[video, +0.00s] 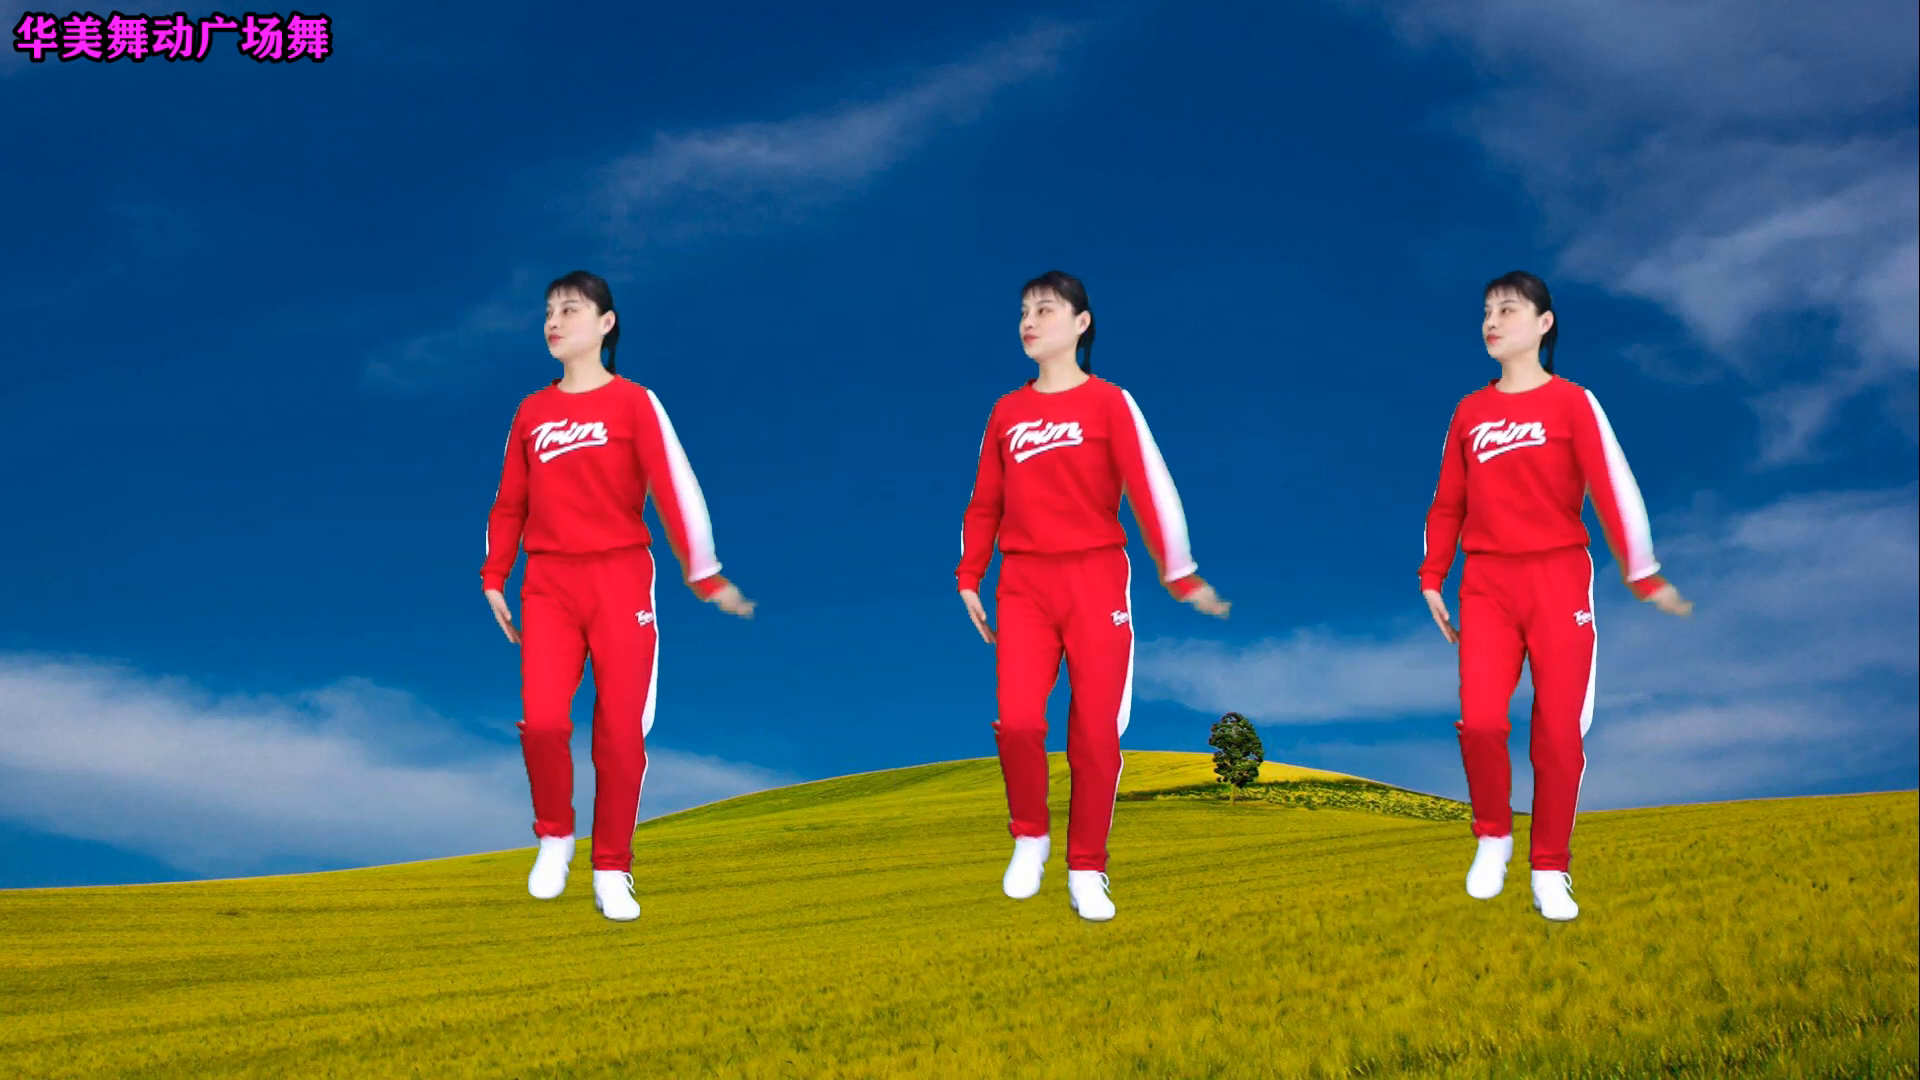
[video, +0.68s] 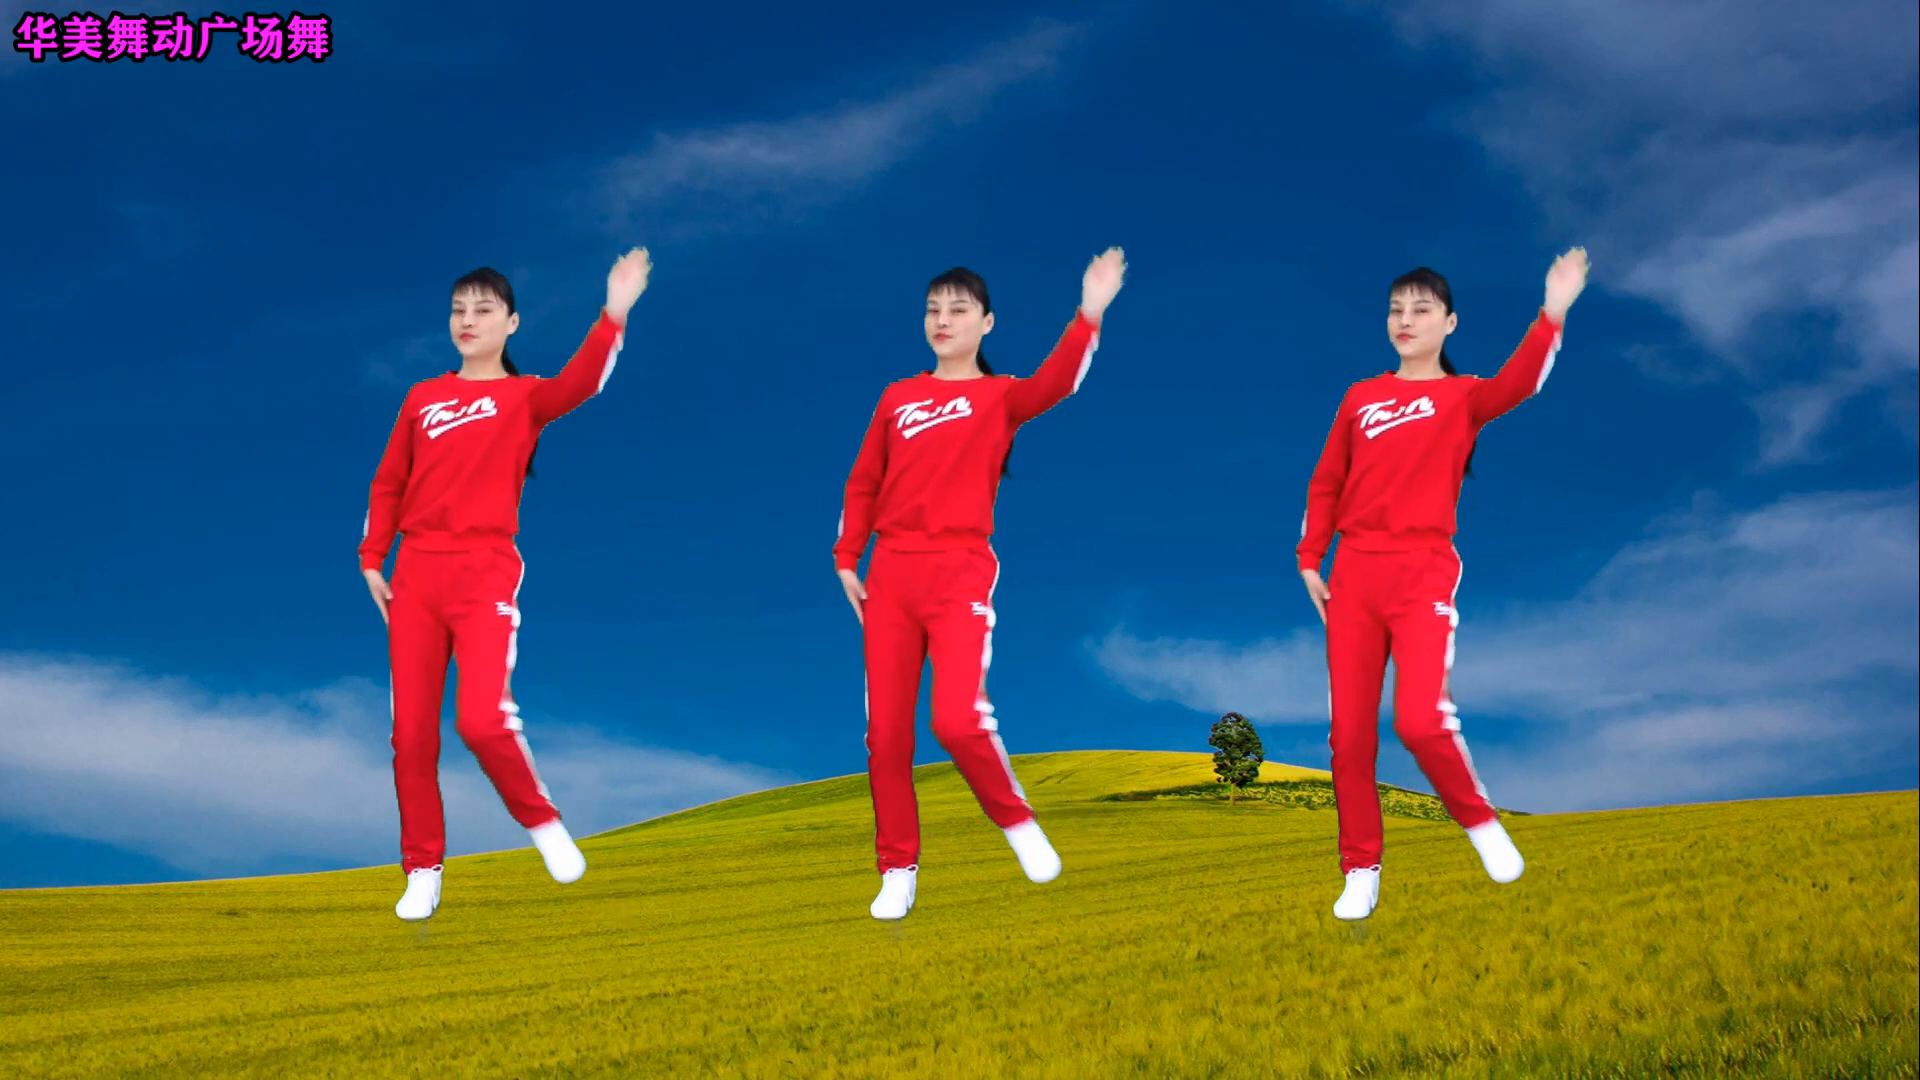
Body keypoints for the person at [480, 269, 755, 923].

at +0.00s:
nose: (554, 321)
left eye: (569, 310)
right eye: (550, 313)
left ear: (604, 324)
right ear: (547, 331)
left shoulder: (633, 401)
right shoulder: (531, 413)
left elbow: (674, 486)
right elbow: (509, 503)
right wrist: (493, 575)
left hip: (622, 578)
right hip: (548, 581)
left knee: (621, 729)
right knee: (541, 722)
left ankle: (612, 868)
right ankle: (555, 835)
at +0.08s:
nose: (548, 322)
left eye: (563, 312)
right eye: (545, 314)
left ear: (600, 324)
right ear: (544, 330)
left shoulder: (628, 398)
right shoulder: (532, 413)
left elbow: (622, 489)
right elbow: (511, 503)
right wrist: (496, 578)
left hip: (619, 577)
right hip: (549, 579)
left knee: (619, 730)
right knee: (521, 711)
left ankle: (612, 867)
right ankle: (532, 821)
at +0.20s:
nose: (537, 305)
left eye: (552, 293)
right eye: (534, 297)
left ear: (591, 304)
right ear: (533, 314)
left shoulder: (619, 370)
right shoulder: (518, 393)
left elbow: (556, 387)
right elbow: (504, 484)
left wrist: (468, 408)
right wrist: (492, 561)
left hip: (604, 558)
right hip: (531, 561)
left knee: (609, 717)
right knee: (492, 698)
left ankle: (614, 863)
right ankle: (484, 828)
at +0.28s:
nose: (530, 294)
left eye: (544, 282)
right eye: (525, 287)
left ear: (582, 294)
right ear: (523, 299)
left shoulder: (609, 359)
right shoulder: (511, 386)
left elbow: (550, 331)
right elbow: (492, 477)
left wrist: (468, 316)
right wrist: (480, 555)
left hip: (591, 550)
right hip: (518, 554)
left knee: (603, 716)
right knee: (476, 705)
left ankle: (615, 862)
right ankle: (448, 846)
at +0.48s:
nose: (494, 312)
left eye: (509, 302)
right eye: (491, 305)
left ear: (545, 315)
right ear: (488, 323)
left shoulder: (564, 386)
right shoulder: (466, 400)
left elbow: (568, 306)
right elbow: (441, 492)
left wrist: (532, 229)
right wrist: (432, 574)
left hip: (539, 568)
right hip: (465, 573)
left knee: (574, 725)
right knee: (442, 738)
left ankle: (611, 862)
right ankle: (424, 865)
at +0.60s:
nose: (475, 313)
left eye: (490, 304)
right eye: (469, 305)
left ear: (524, 317)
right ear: (461, 320)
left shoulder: (537, 388)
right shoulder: (437, 393)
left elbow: (579, 341)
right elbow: (406, 481)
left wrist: (584, 253)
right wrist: (396, 559)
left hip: (500, 564)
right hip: (430, 568)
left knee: (528, 722)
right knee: (421, 735)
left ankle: (585, 850)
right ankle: (423, 865)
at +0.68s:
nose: (470, 318)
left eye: (484, 308)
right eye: (461, 309)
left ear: (509, 323)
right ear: (450, 323)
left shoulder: (526, 395)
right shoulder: (422, 398)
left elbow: (583, 380)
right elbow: (389, 482)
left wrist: (614, 312)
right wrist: (371, 559)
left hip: (487, 570)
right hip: (416, 569)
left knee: (480, 720)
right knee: (412, 731)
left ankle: (542, 824)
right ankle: (422, 864)